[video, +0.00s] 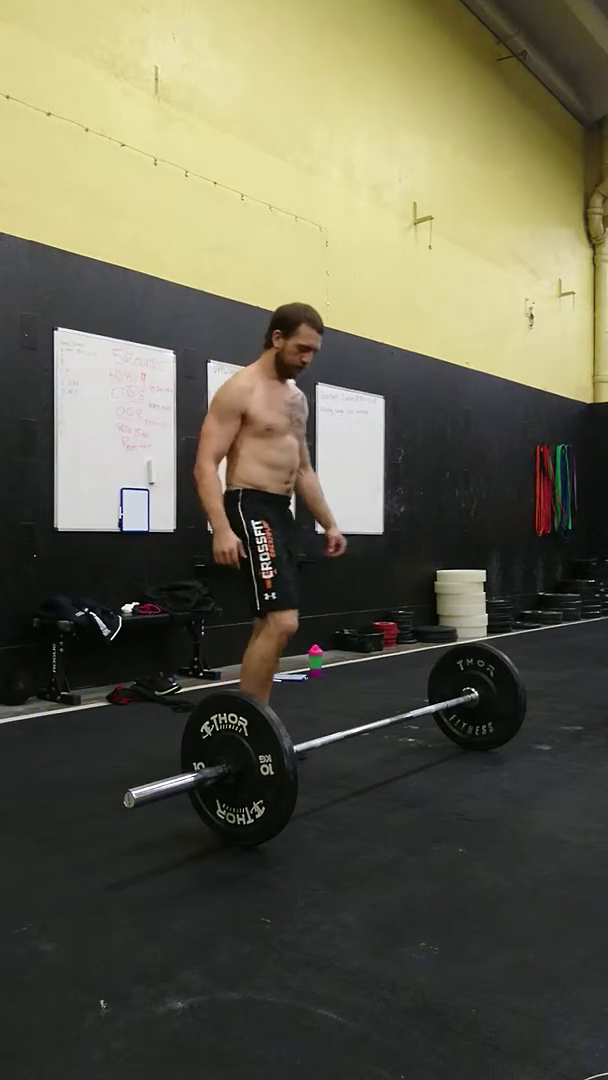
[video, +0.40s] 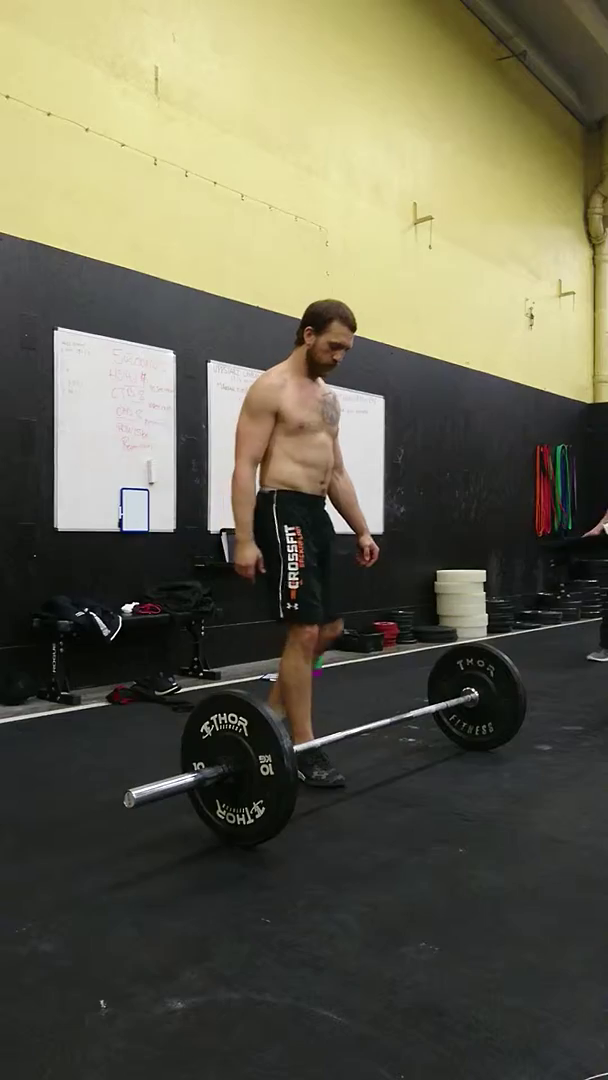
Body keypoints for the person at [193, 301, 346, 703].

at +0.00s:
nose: (308, 360)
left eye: (313, 352)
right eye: (303, 349)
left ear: (317, 349)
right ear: (276, 339)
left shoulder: (297, 397)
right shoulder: (239, 388)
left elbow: (302, 469)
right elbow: (205, 465)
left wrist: (328, 522)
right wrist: (221, 529)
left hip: (280, 510)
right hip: (250, 506)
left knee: (270, 625)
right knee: (282, 621)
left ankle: (251, 726)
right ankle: (246, 726)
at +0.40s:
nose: (339, 355)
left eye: (345, 348)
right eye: (334, 345)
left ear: (345, 346)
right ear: (307, 335)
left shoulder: (328, 397)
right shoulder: (270, 386)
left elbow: (334, 472)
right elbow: (244, 465)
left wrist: (361, 529)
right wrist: (243, 538)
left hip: (315, 513)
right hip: (281, 510)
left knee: (327, 629)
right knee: (303, 631)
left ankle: (267, 719)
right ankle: (304, 748)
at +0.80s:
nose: (374, 355)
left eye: (380, 347)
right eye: (368, 344)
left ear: (382, 345)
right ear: (342, 333)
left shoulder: (363, 398)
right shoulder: (304, 381)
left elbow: (366, 474)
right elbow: (281, 458)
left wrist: (388, 534)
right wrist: (313, 517)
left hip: (348, 518)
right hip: (308, 516)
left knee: (356, 637)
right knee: (312, 639)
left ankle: (366, 745)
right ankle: (304, 750)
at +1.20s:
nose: (395, 351)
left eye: (401, 344)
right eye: (391, 341)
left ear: (398, 341)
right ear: (362, 329)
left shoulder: (382, 394)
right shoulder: (321, 380)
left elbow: (390, 469)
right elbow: (302, 462)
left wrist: (417, 528)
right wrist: (309, 539)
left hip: (364, 517)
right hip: (327, 514)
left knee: (363, 638)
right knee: (330, 638)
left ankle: (367, 747)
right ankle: (315, 763)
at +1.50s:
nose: (398, 351)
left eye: (404, 343)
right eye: (394, 340)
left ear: (396, 337)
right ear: (365, 325)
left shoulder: (379, 388)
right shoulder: (323, 374)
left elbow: (383, 468)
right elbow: (299, 458)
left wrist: (405, 531)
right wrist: (316, 534)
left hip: (363, 516)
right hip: (323, 515)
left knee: (375, 635)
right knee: (318, 640)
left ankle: (371, 742)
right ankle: (316, 761)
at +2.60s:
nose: (398, 344)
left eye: (405, 337)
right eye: (392, 334)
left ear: (404, 333)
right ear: (364, 322)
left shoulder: (389, 385)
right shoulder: (325, 374)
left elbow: (389, 464)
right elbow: (291, 452)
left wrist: (406, 526)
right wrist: (309, 524)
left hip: (374, 516)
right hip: (335, 515)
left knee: (369, 638)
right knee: (330, 641)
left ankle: (372, 747)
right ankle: (319, 761)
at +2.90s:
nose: (403, 345)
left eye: (409, 337)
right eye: (398, 334)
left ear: (405, 334)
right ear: (368, 322)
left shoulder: (392, 385)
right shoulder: (330, 374)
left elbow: (396, 465)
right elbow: (297, 456)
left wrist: (418, 524)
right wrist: (304, 534)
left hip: (375, 514)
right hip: (336, 511)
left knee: (371, 637)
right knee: (332, 639)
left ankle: (371, 747)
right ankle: (318, 763)